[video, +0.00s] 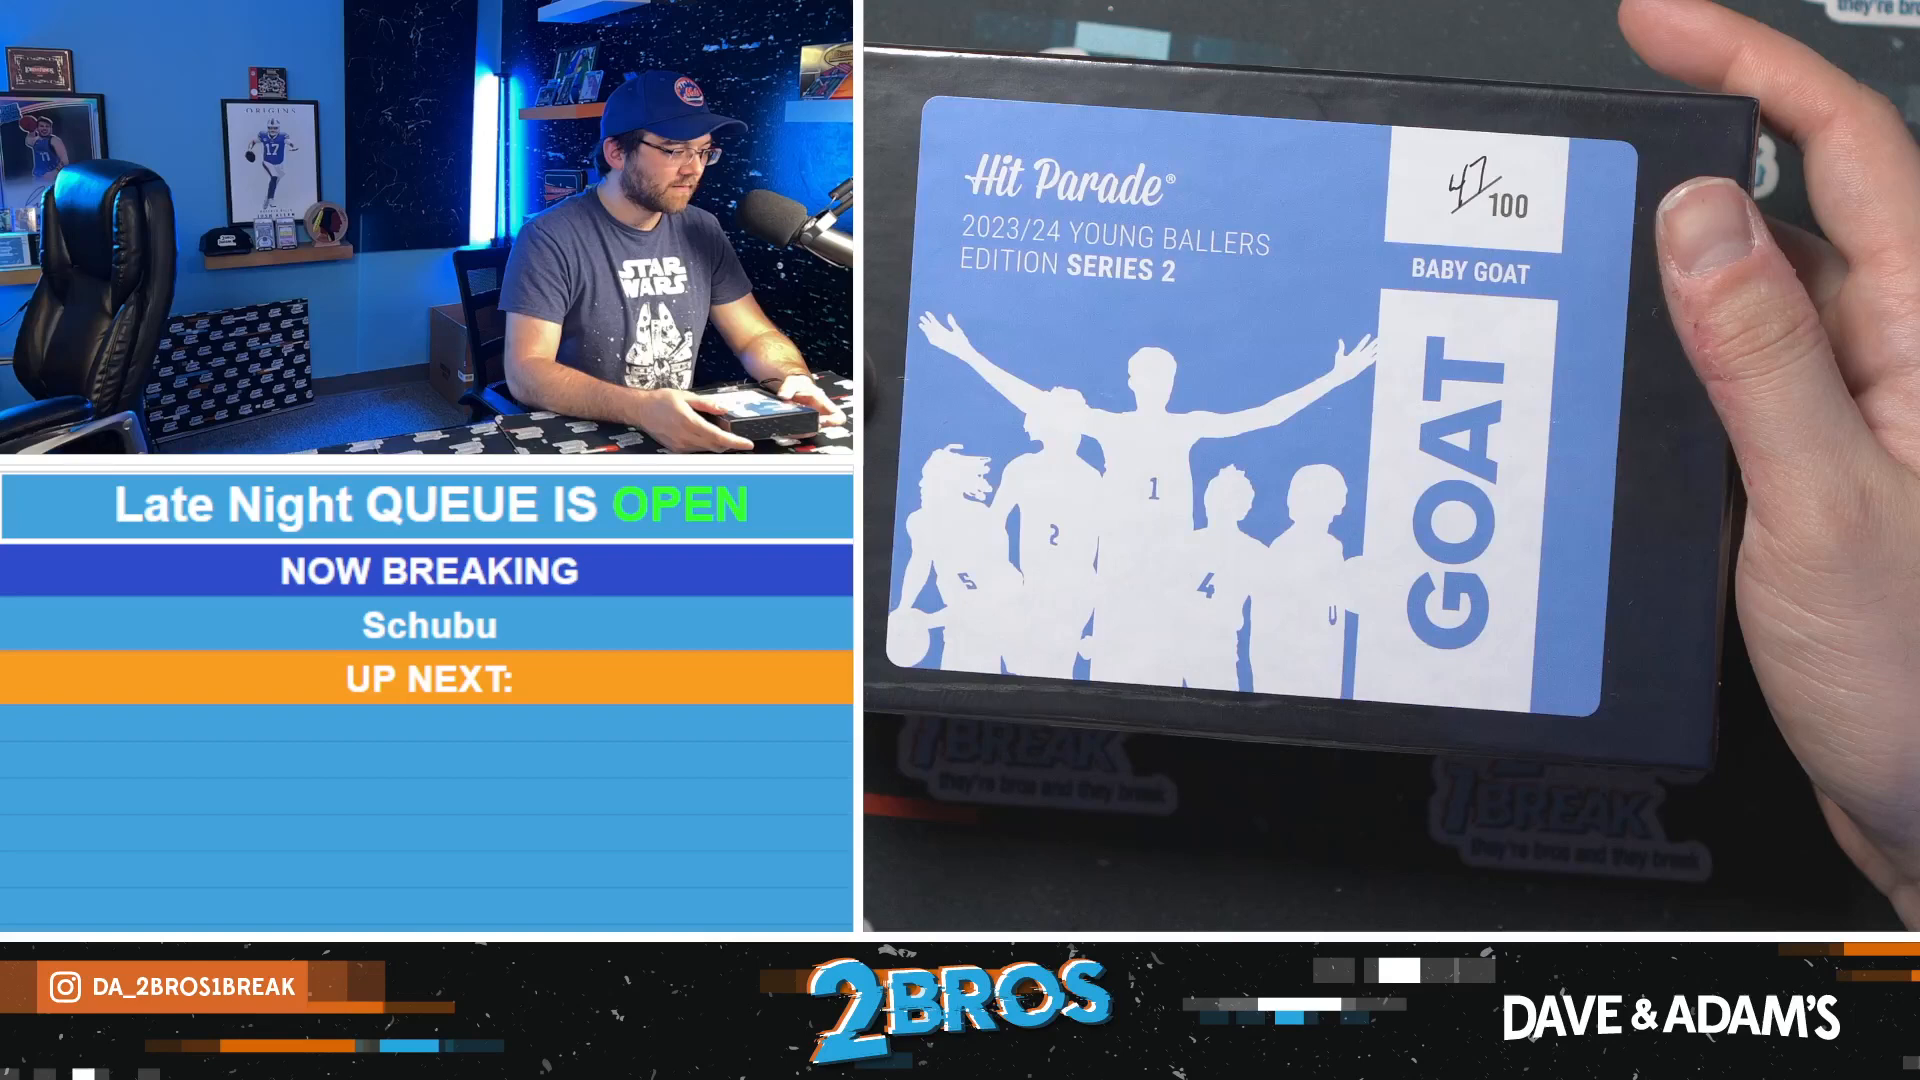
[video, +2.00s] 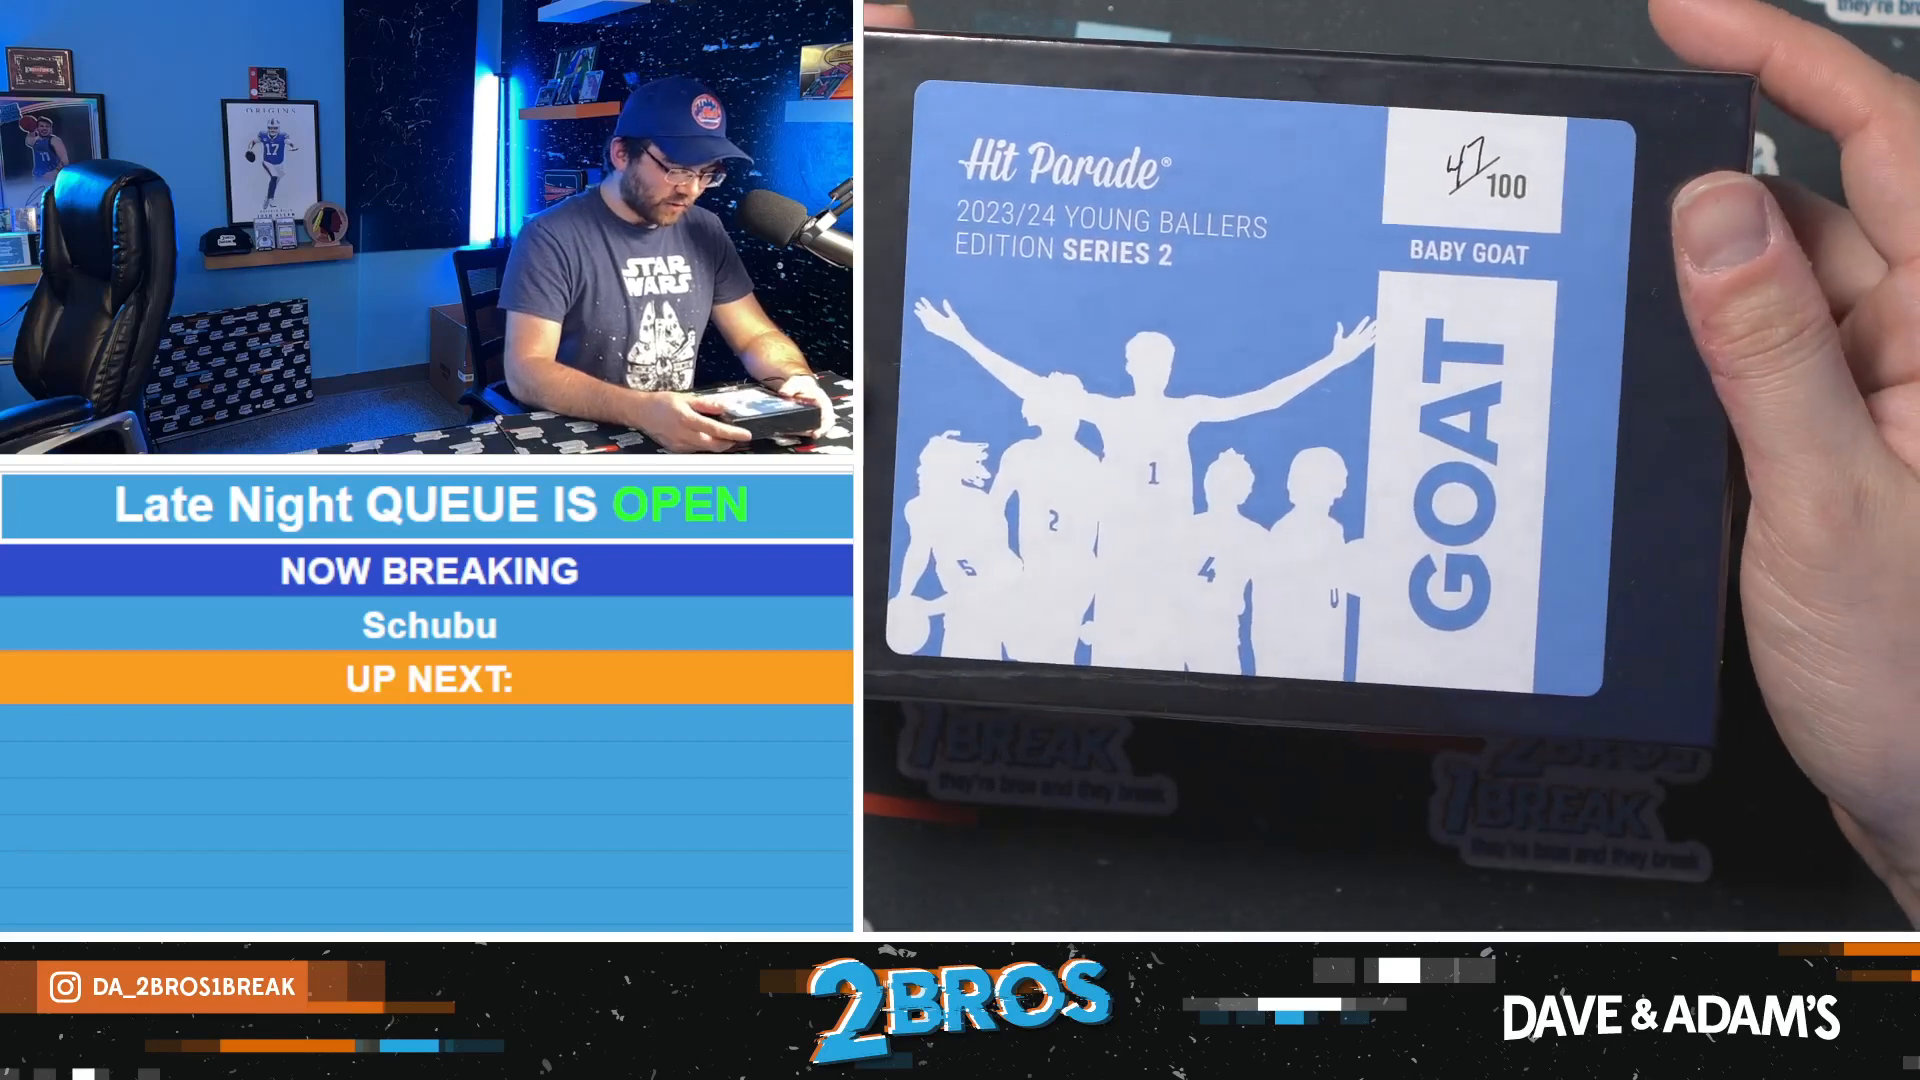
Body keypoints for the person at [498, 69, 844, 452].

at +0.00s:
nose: (694, 168)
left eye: (702, 151)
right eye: (674, 150)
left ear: (710, 152)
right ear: (616, 153)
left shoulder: (702, 232)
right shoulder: (553, 238)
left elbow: (757, 336)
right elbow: (529, 373)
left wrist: (794, 377)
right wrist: (642, 408)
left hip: (685, 459)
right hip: (581, 465)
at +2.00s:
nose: (691, 189)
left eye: (705, 172)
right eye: (675, 168)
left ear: (717, 168)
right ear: (621, 154)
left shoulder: (702, 230)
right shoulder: (552, 236)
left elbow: (754, 333)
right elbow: (526, 371)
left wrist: (793, 374)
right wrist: (642, 409)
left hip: (681, 457)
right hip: (578, 461)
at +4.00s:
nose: (687, 194)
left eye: (701, 178)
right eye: (672, 172)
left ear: (714, 174)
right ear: (620, 156)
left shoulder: (702, 232)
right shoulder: (553, 237)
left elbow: (756, 335)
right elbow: (528, 372)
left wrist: (795, 376)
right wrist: (643, 409)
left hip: (682, 462)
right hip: (577, 465)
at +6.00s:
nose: (687, 191)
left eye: (702, 173)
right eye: (671, 169)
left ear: (715, 169)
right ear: (619, 154)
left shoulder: (702, 233)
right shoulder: (553, 238)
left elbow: (757, 336)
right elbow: (529, 374)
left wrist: (797, 375)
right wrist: (643, 407)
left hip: (684, 460)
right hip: (579, 464)